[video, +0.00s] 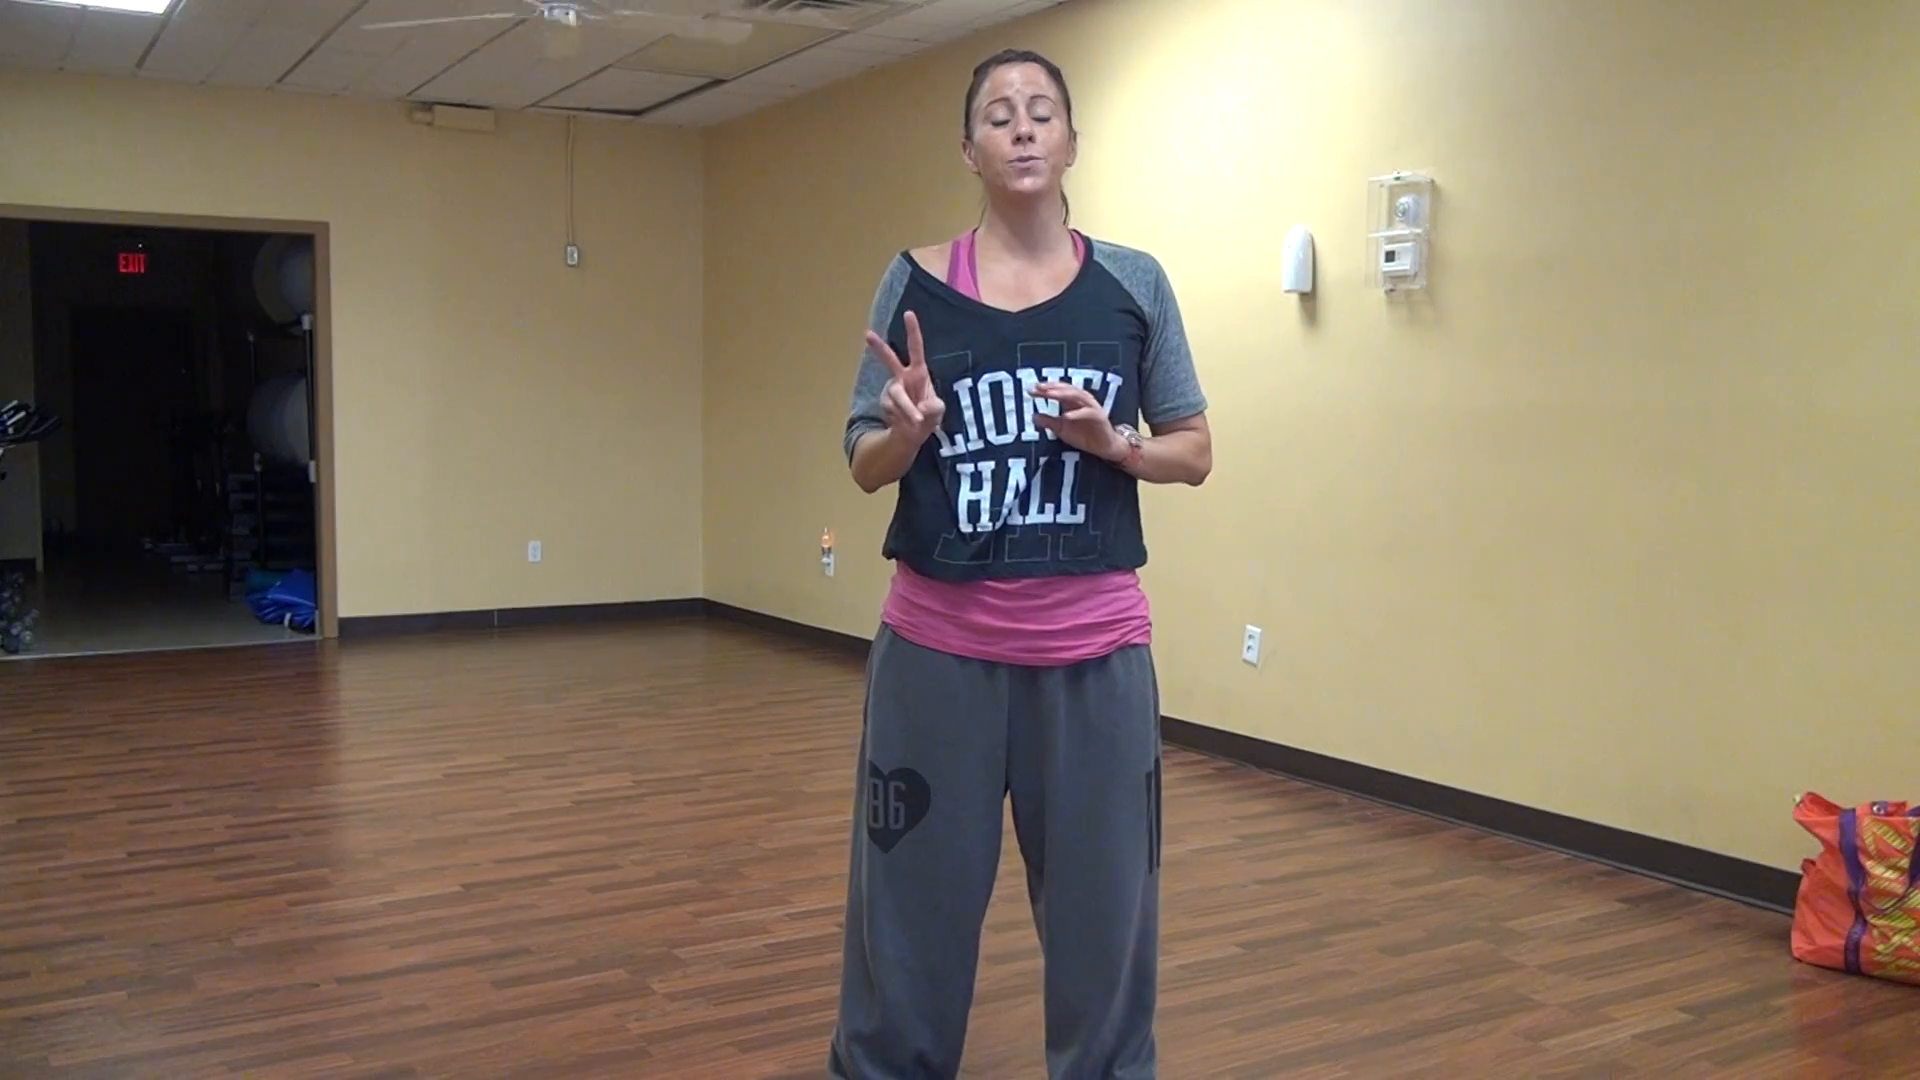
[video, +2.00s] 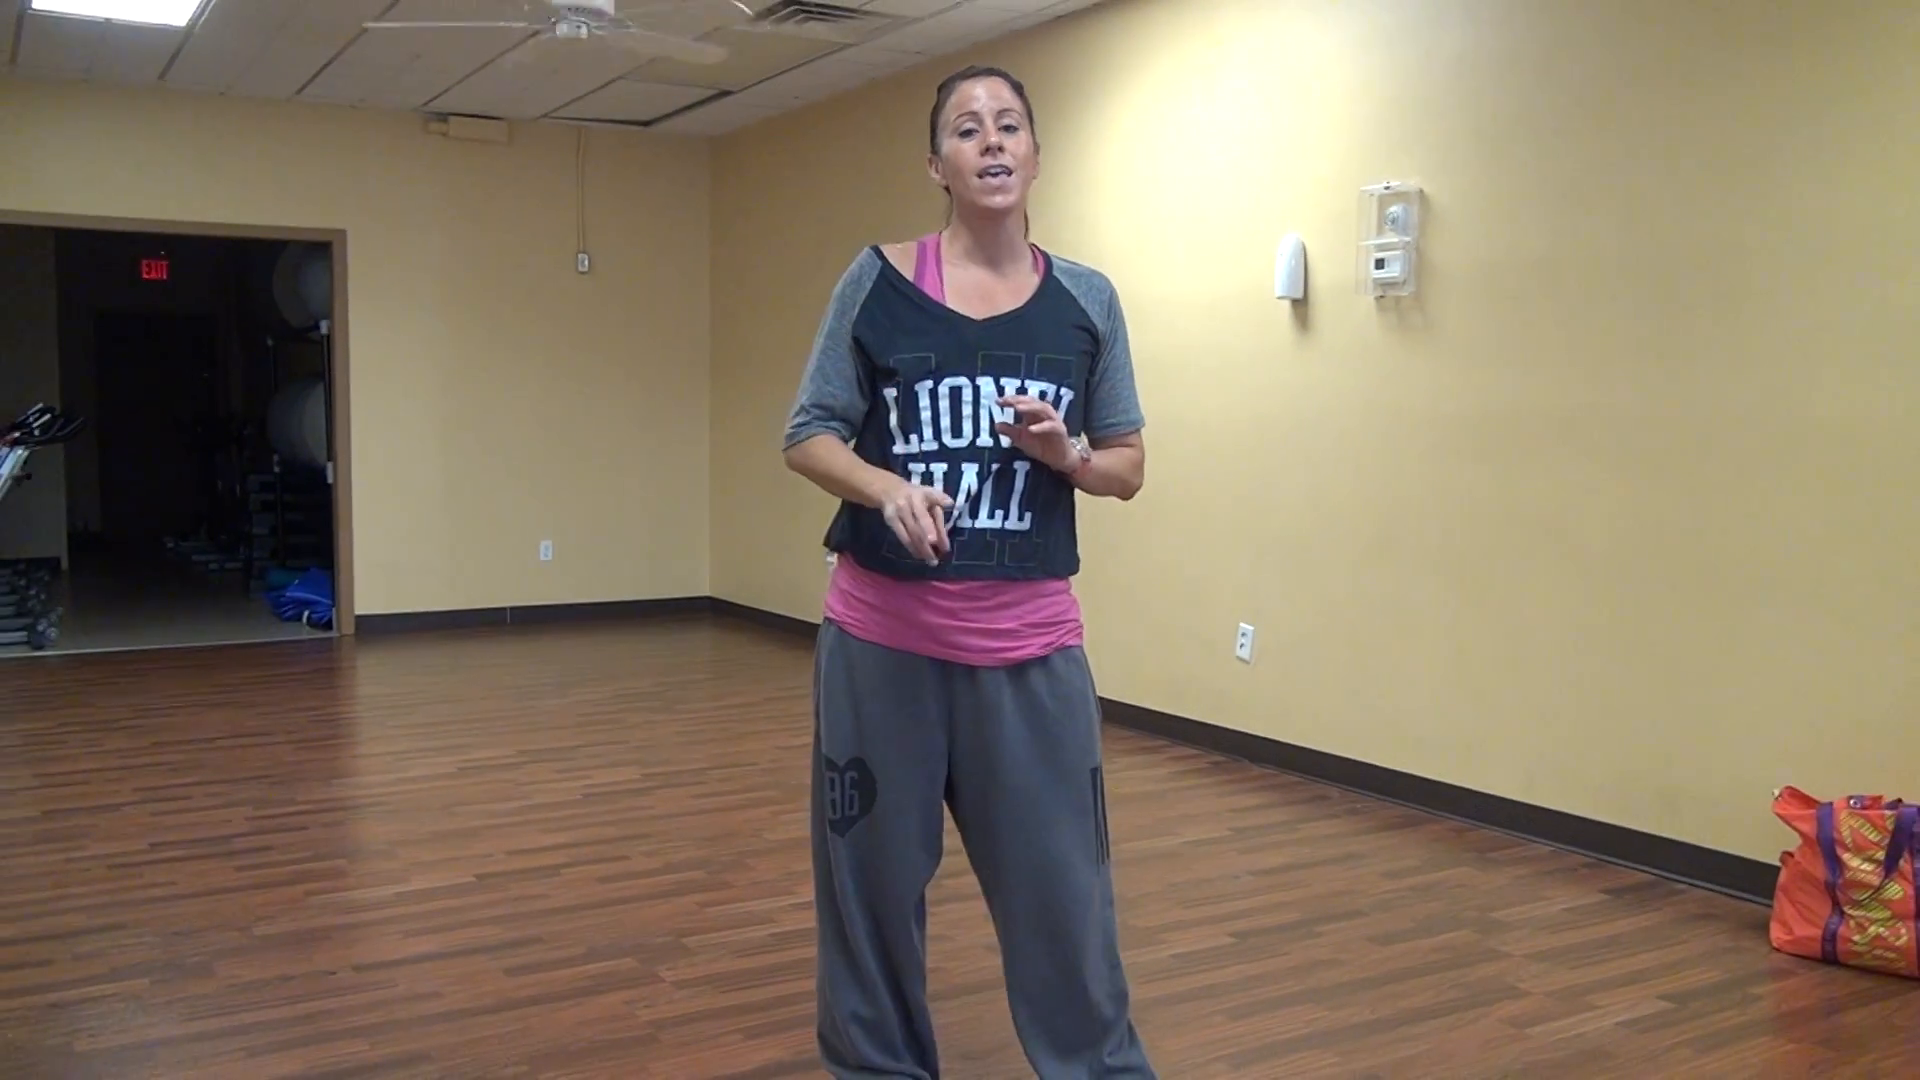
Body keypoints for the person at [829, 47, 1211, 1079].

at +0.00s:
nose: (1021, 129)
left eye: (1041, 114)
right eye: (999, 116)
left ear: (1070, 143)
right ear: (969, 150)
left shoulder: (1134, 279)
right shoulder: (916, 280)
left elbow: (1195, 453)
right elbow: (865, 468)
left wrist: (1122, 444)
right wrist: (906, 429)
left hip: (1095, 645)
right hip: (936, 642)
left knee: (1106, 920)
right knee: (907, 911)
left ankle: (1105, 1071)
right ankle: (887, 1068)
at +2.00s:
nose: (993, 142)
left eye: (1009, 126)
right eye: (969, 130)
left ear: (1037, 151)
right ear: (936, 163)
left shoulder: (1088, 295)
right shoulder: (879, 278)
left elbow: (1126, 468)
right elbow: (808, 437)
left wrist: (1073, 457)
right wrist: (884, 487)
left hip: (1031, 642)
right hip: (880, 639)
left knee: (1064, 899)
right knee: (869, 894)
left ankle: (1100, 1066)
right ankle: (879, 1066)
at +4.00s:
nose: (1009, 159)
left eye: (1027, 138)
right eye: (986, 143)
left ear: (1057, 159)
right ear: (960, 170)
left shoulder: (1123, 294)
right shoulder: (909, 296)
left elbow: (1176, 465)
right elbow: (852, 462)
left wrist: (1123, 447)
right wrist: (940, 427)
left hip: (1088, 649)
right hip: (933, 646)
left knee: (1101, 910)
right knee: (904, 907)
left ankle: (1112, 1071)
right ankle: (892, 1070)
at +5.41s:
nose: (1089, 205)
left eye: (1108, 184)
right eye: (1066, 188)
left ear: (1134, 200)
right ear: (1035, 210)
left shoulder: (1199, 334)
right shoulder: (983, 334)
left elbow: (1255, 506)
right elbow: (925, 497)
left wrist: (1188, 479)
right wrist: (1024, 499)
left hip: (1154, 693)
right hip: (998, 690)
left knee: (1169, 969)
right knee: (969, 959)